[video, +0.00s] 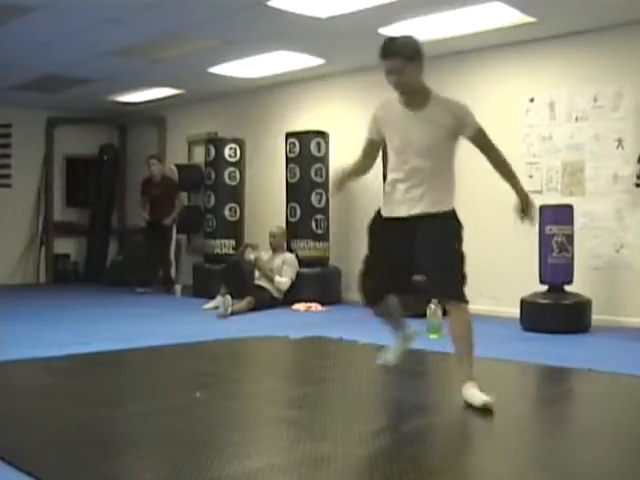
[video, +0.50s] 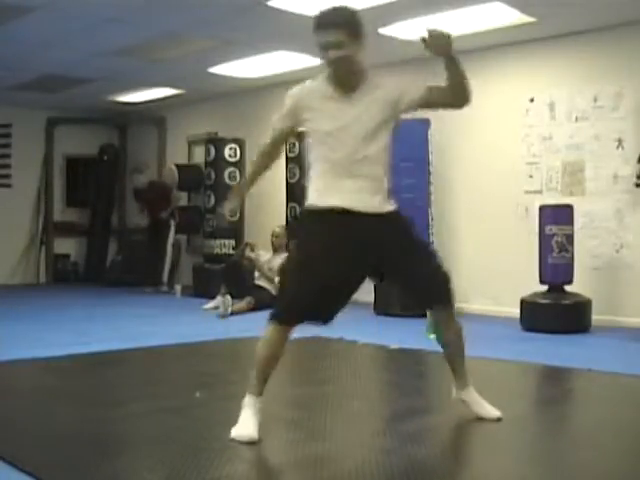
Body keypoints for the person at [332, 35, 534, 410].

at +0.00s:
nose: (394, 79)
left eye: (400, 71)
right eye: (388, 72)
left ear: (420, 66)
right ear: (384, 73)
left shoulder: (452, 111)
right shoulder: (384, 113)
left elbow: (490, 151)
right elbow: (366, 158)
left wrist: (520, 191)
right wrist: (347, 175)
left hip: (437, 219)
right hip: (391, 221)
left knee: (452, 297)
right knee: (372, 291)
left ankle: (468, 383)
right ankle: (403, 333)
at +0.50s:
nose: (333, 56)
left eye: (340, 46)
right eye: (325, 48)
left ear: (360, 44)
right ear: (318, 51)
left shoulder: (388, 92)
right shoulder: (304, 98)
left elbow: (458, 97)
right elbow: (271, 147)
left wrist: (448, 57)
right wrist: (241, 190)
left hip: (381, 220)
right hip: (324, 221)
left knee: (439, 293)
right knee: (287, 312)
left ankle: (464, 390)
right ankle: (251, 403)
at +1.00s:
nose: (321, 38)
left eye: (327, 34)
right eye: (313, 29)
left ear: (330, 44)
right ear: (290, 33)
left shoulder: (337, 100)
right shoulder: (249, 88)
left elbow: (349, 162)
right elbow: (223, 144)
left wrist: (359, 210)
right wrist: (225, 198)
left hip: (307, 222)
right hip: (252, 217)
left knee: (325, 309)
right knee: (227, 305)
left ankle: (318, 403)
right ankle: (215, 368)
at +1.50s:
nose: (175, 55)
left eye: (184, 48)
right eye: (172, 48)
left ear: (204, 53)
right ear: (168, 54)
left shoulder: (231, 95)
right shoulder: (169, 102)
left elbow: (272, 139)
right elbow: (166, 152)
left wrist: (303, 179)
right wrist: (151, 195)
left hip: (228, 203)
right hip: (187, 205)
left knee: (219, 292)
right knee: (176, 291)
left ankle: (225, 376)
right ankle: (192, 368)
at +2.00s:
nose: (195, 107)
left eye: (197, 99)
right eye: (191, 102)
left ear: (215, 87)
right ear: (198, 96)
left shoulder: (246, 117)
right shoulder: (217, 118)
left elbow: (242, 177)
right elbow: (218, 166)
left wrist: (206, 214)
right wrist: (197, 205)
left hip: (250, 205)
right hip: (229, 203)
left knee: (210, 272)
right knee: (224, 273)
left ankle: (189, 350)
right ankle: (265, 328)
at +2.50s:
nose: (277, 110)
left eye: (277, 102)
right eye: (273, 105)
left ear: (293, 95)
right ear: (286, 99)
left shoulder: (322, 122)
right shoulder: (308, 128)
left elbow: (341, 165)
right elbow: (330, 167)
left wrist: (315, 179)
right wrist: (317, 192)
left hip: (353, 213)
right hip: (331, 216)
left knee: (365, 285)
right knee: (336, 287)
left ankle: (409, 328)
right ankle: (376, 339)